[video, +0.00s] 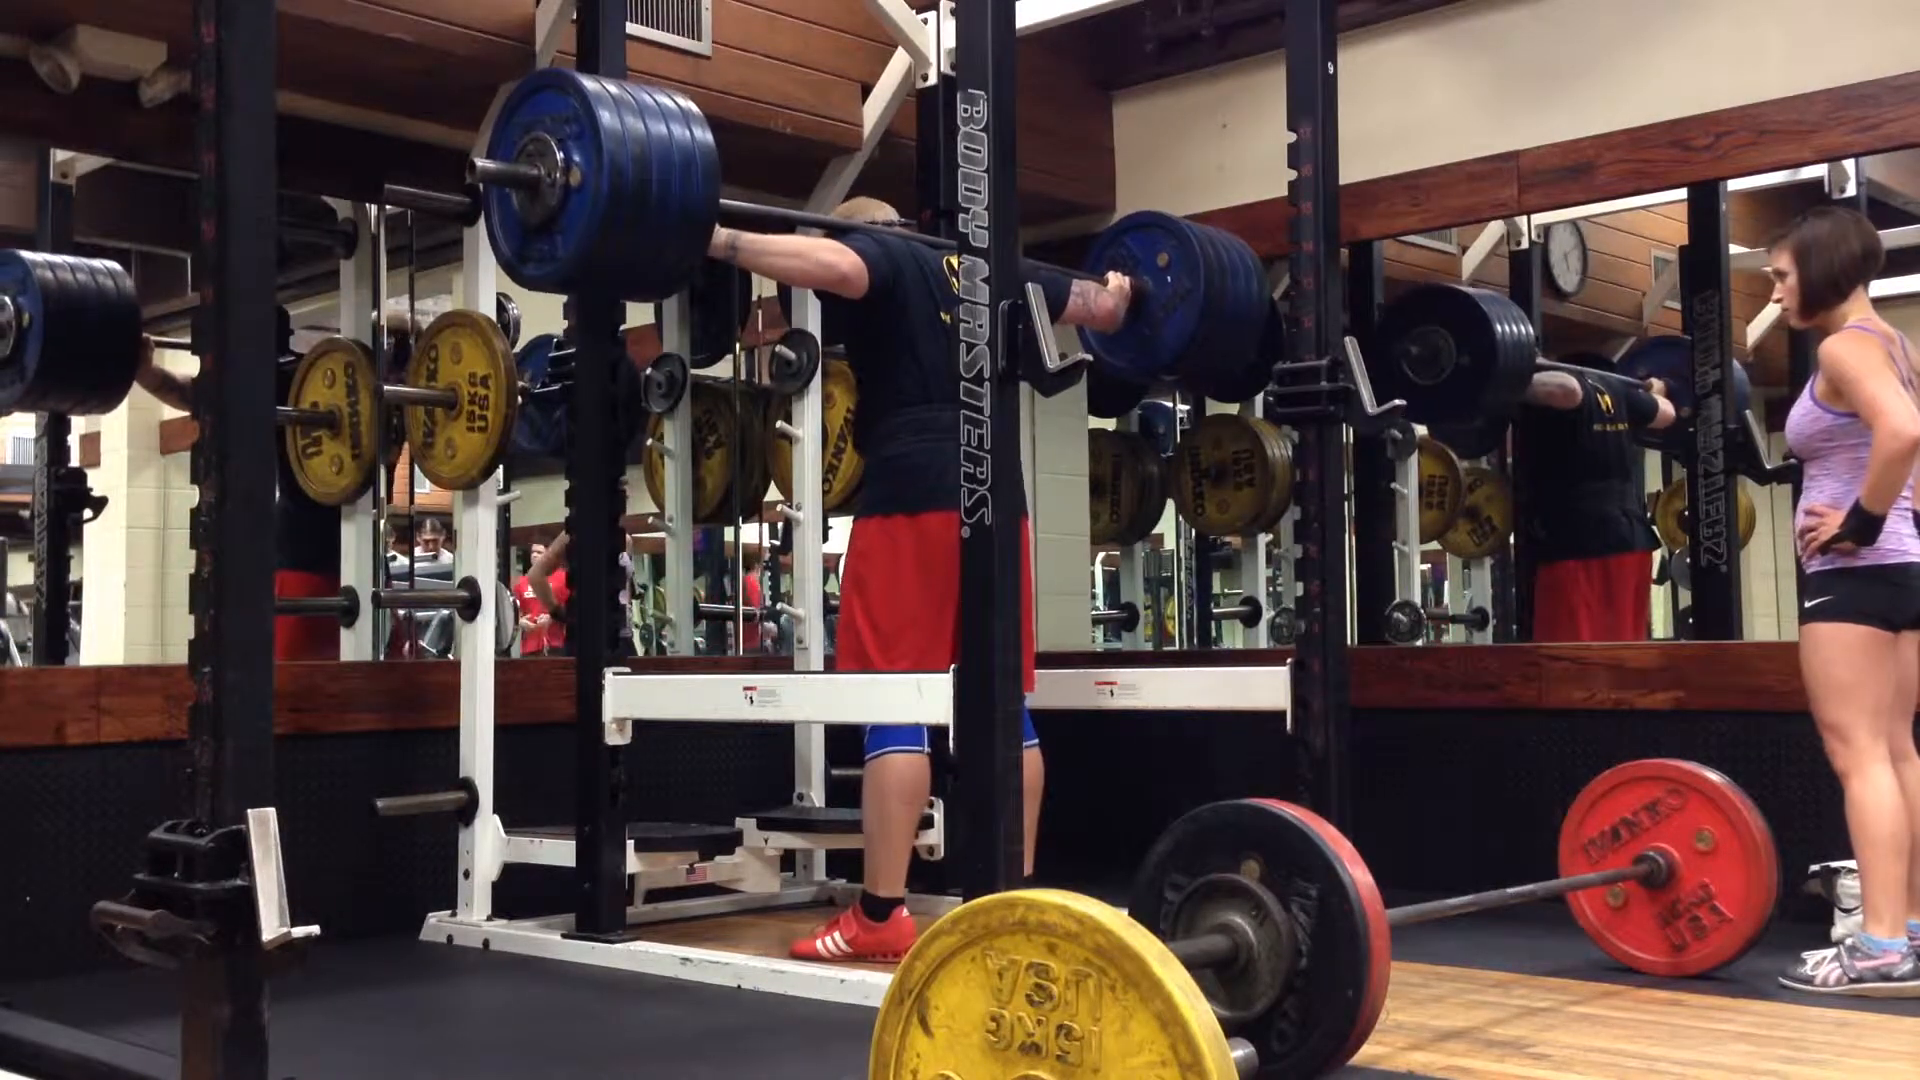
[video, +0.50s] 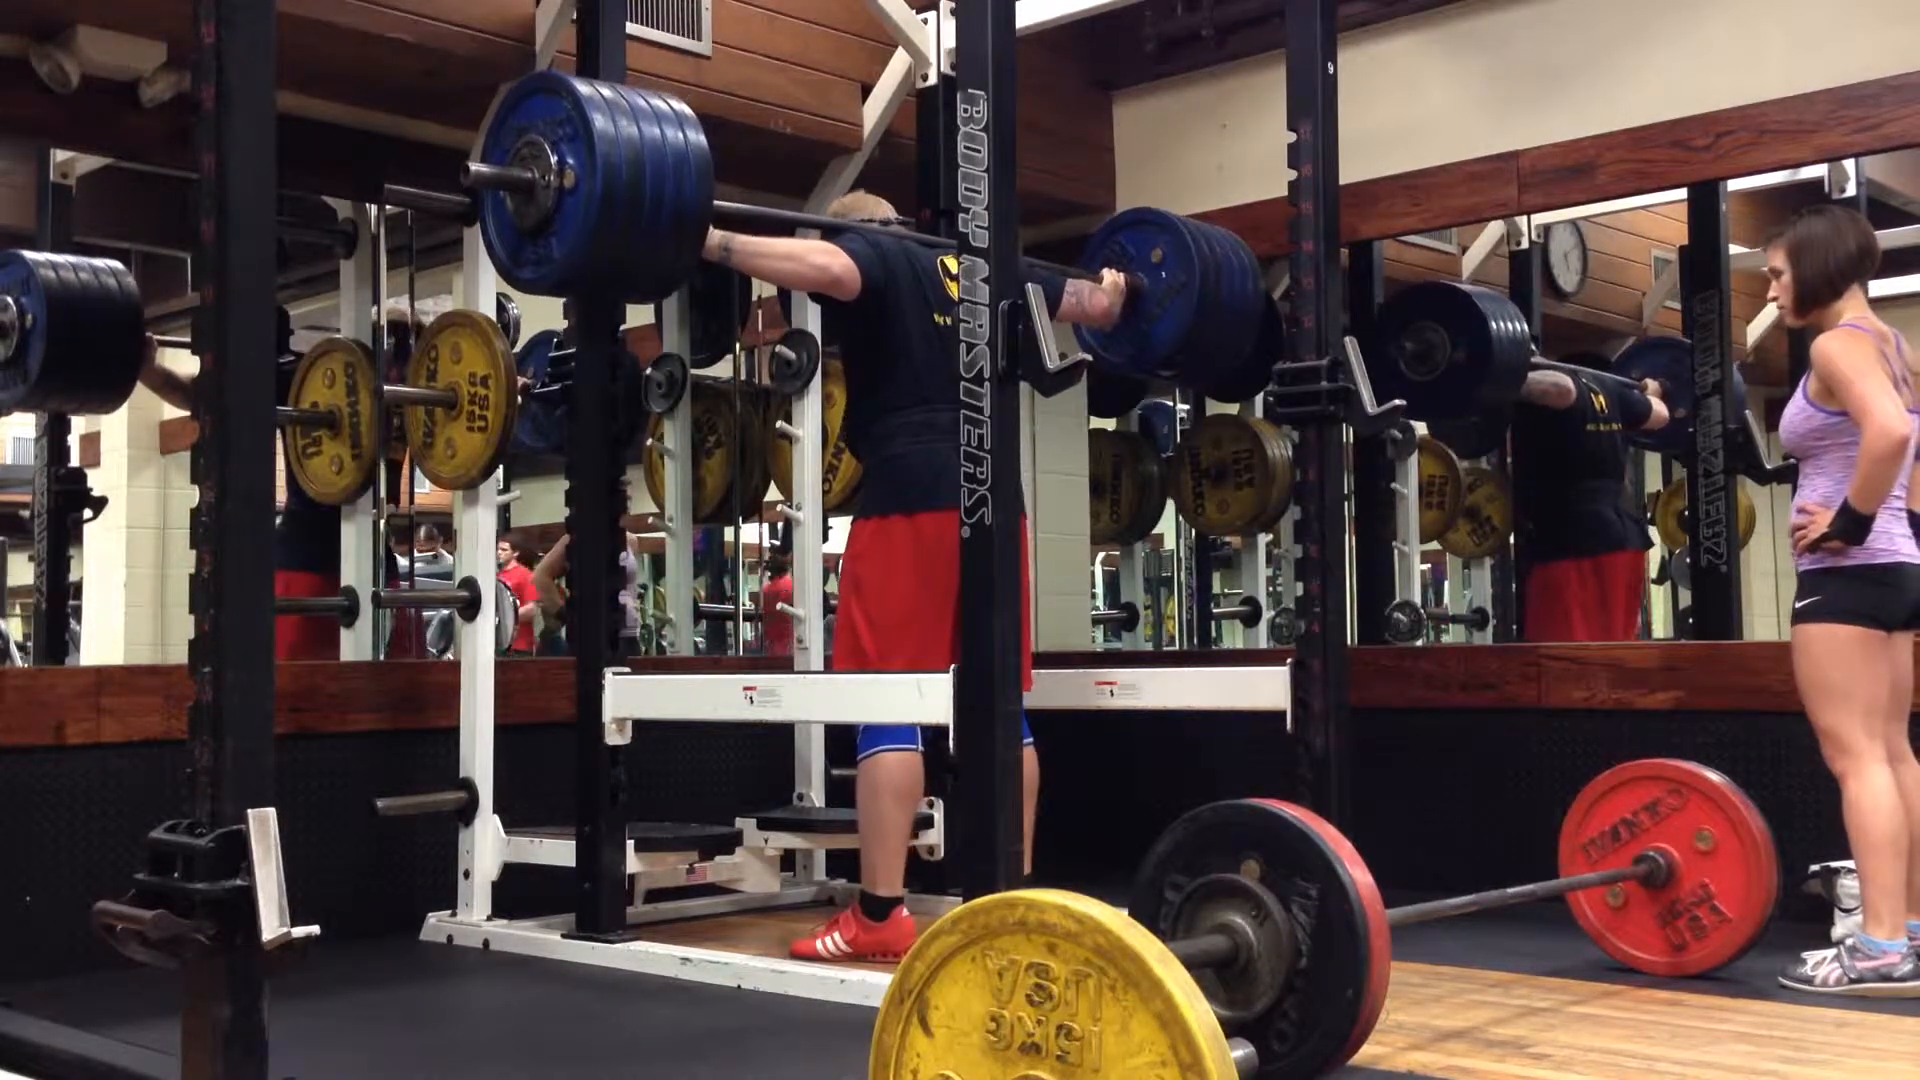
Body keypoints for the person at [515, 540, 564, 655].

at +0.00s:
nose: (535, 555)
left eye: (539, 552)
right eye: (533, 552)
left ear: (547, 555)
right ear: (530, 555)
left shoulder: (561, 578)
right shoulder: (522, 583)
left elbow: (566, 607)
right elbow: (516, 609)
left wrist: (551, 618)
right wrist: (521, 621)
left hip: (555, 644)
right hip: (530, 645)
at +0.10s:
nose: (528, 556)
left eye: (533, 552)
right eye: (526, 552)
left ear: (544, 555)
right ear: (523, 554)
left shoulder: (559, 579)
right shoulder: (516, 582)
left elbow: (565, 612)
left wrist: (542, 619)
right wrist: (517, 622)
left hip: (552, 646)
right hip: (525, 648)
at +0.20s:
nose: (521, 556)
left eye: (526, 553)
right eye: (520, 553)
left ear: (540, 556)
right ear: (517, 553)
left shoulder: (553, 580)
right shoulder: (511, 582)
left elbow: (561, 612)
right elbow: (504, 611)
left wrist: (531, 621)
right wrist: (515, 623)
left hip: (546, 649)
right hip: (518, 651)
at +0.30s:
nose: (514, 556)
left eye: (519, 553)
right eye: (513, 552)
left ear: (532, 556)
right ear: (510, 554)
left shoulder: (544, 580)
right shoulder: (505, 582)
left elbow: (557, 611)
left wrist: (522, 622)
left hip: (536, 649)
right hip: (509, 650)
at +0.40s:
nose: (507, 554)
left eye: (511, 550)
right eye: (506, 550)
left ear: (524, 554)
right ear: (504, 551)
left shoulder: (532, 576)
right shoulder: (501, 576)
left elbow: (542, 609)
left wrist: (515, 620)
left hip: (528, 646)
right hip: (503, 646)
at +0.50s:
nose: (499, 553)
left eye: (504, 550)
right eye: (498, 549)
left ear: (516, 553)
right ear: (496, 550)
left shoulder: (524, 574)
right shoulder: (498, 574)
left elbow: (531, 607)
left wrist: (505, 616)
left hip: (520, 643)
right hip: (499, 641)